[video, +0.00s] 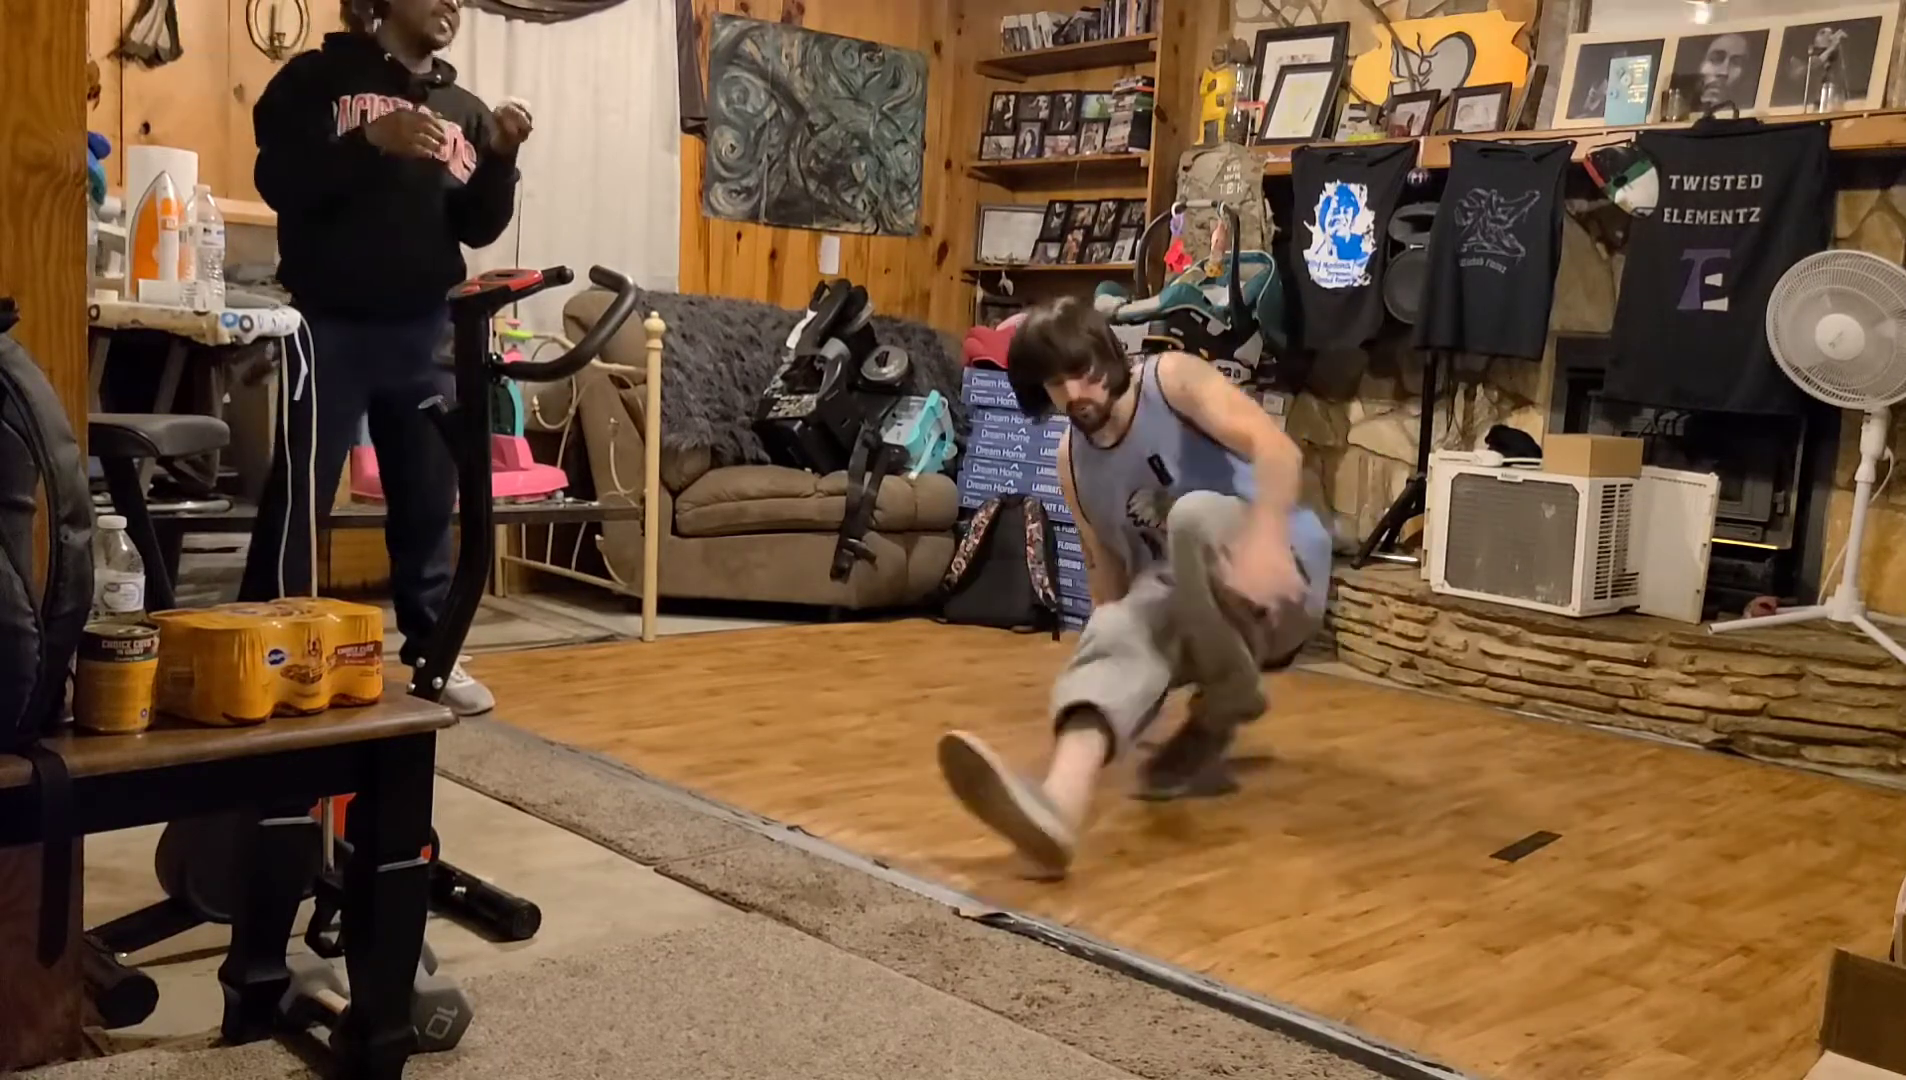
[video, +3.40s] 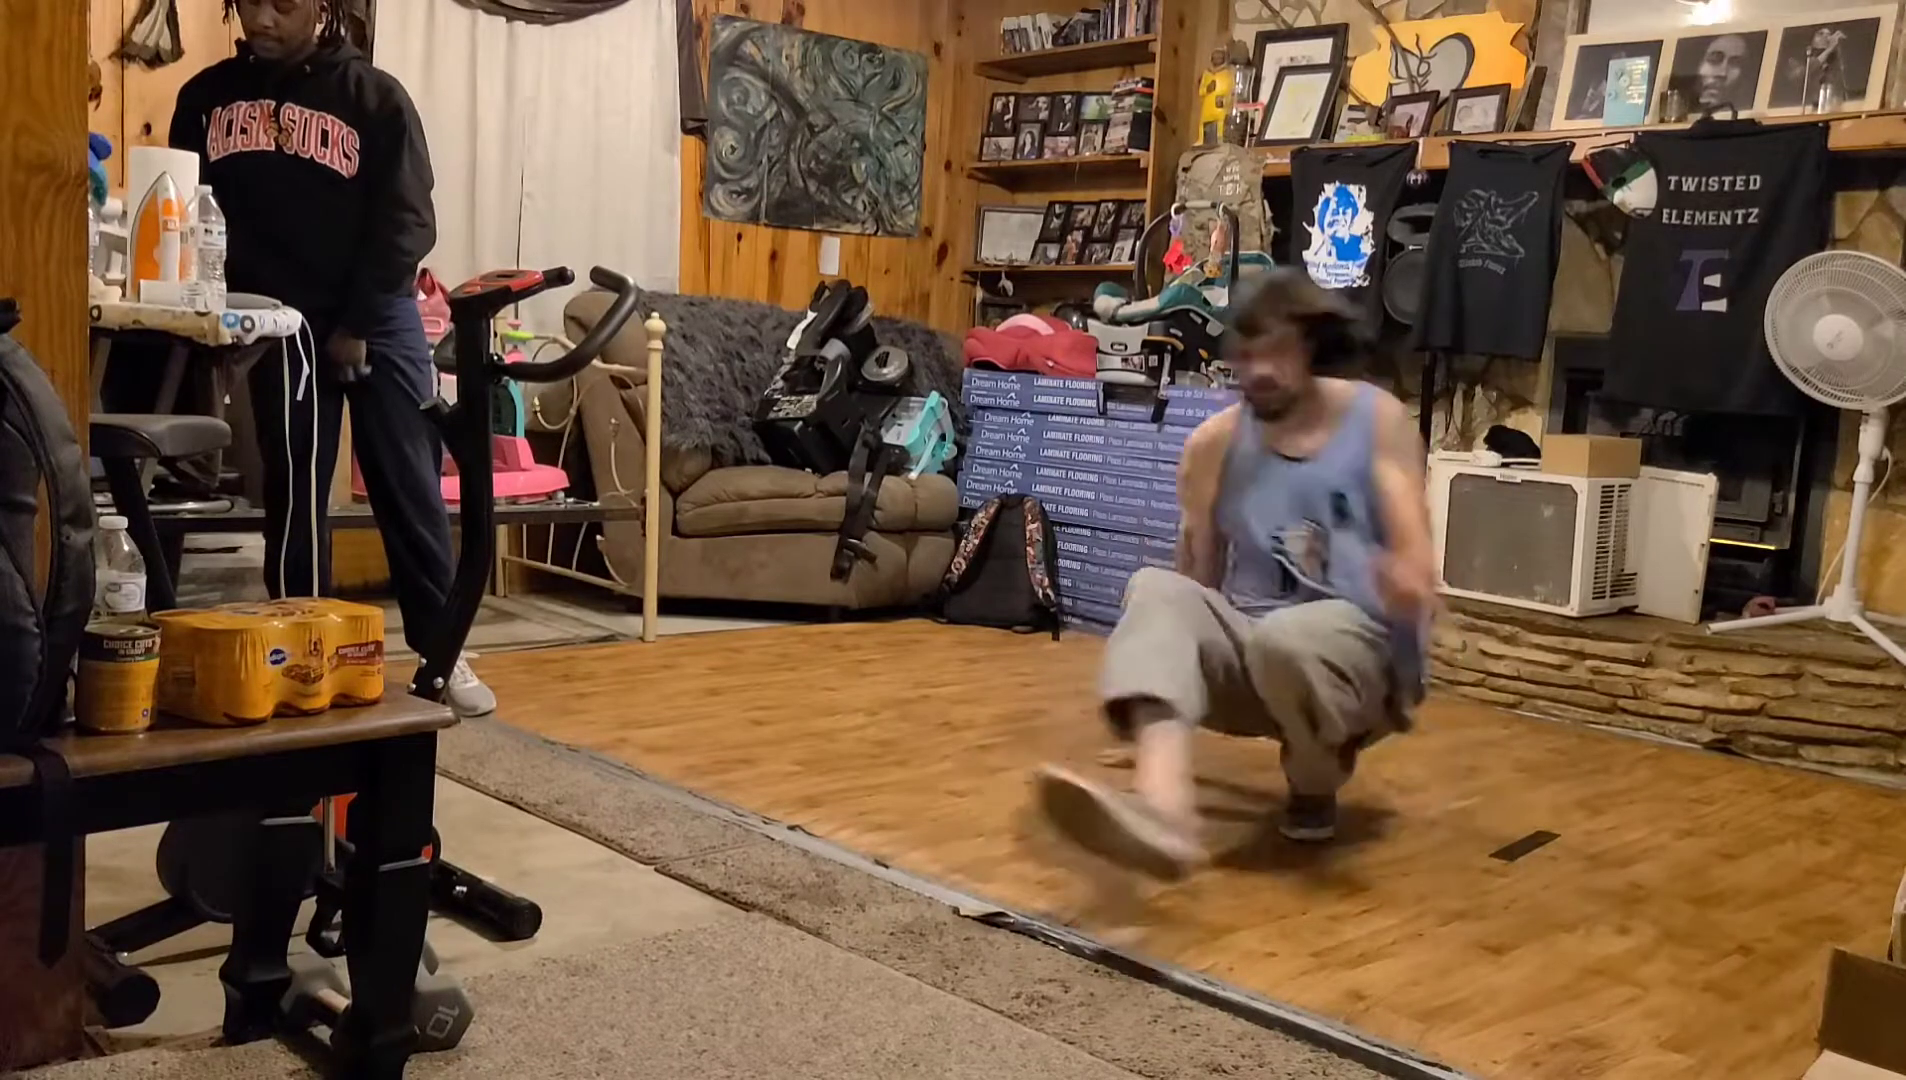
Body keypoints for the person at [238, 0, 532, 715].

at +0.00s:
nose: (452, 9)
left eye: (454, 1)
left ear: (443, 15)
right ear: (379, 3)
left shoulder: (462, 110)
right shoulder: (313, 78)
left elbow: (474, 227)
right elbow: (282, 182)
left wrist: (500, 159)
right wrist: (367, 139)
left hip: (423, 328)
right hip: (328, 325)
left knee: (428, 500)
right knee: (302, 496)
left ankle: (432, 657)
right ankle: (258, 656)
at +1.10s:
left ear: (477, 12)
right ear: (403, 8)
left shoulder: (508, 117)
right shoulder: (351, 89)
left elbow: (530, 236)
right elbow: (302, 186)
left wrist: (455, 249)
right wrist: (320, 204)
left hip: (451, 334)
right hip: (356, 327)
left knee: (449, 502)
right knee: (333, 495)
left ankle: (434, 661)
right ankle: (308, 657)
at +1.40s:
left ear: (417, 7)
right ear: (334, 5)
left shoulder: (456, 112)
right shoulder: (293, 93)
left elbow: (472, 245)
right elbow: (274, 197)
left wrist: (424, 333)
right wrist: (217, 214)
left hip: (416, 334)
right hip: (317, 329)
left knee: (433, 497)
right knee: (314, 494)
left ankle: (433, 657)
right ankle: (305, 654)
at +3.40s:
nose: (258, 17)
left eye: (278, 4)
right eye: (249, 3)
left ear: (320, 11)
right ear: (236, 8)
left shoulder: (373, 97)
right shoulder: (206, 97)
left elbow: (406, 226)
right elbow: (177, 215)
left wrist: (357, 322)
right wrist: (208, 316)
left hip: (376, 309)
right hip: (275, 314)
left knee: (409, 482)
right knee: (292, 488)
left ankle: (442, 653)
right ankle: (298, 650)